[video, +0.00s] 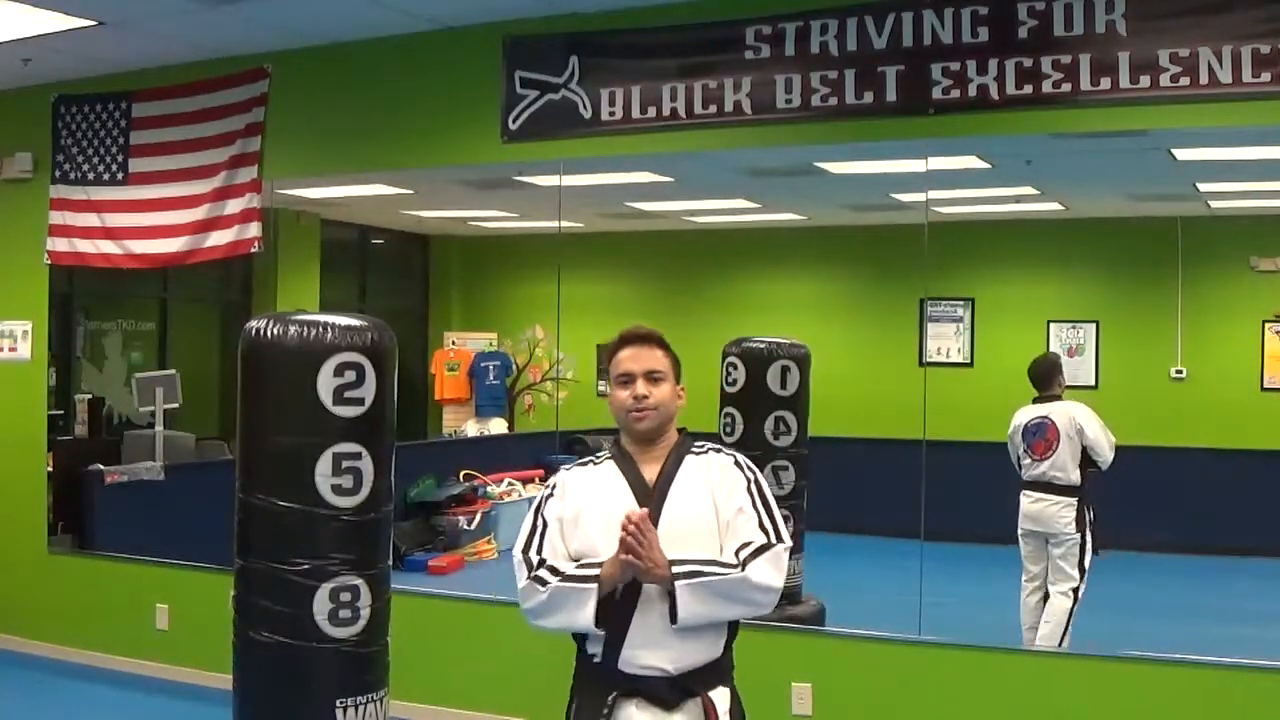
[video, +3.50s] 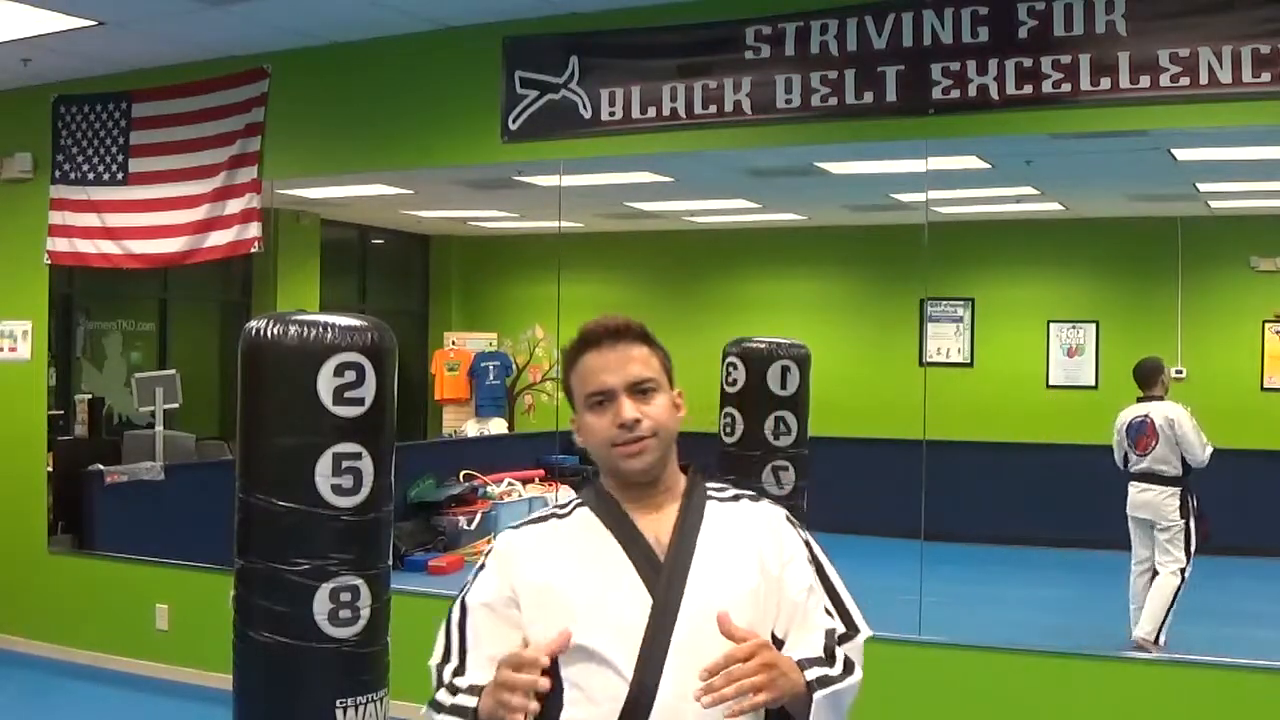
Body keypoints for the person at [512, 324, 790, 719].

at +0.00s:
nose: (640, 392)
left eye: (655, 379)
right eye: (625, 381)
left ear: (679, 394)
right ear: (609, 396)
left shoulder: (730, 474)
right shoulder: (569, 485)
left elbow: (764, 581)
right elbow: (535, 592)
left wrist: (669, 573)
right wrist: (611, 572)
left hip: (702, 698)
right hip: (604, 697)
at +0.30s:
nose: (698, 396)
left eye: (712, 383)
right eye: (683, 383)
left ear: (733, 397)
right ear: (663, 395)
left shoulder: (772, 479)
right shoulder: (613, 473)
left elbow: (801, 587)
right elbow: (577, 575)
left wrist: (731, 571)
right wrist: (672, 571)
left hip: (733, 695)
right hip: (637, 692)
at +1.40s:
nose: (641, 413)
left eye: (654, 395)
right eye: (625, 403)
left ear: (685, 395)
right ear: (615, 412)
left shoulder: (749, 469)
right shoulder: (586, 486)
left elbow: (792, 579)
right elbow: (560, 601)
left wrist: (695, 567)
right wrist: (639, 578)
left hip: (723, 696)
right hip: (623, 697)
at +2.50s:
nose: (689, 424)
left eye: (709, 407)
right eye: (673, 403)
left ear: (736, 414)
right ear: (650, 402)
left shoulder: (779, 508)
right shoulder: (584, 487)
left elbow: (808, 643)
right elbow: (515, 601)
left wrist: (700, 607)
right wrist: (612, 590)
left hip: (718, 710)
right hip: (600, 709)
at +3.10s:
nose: (700, 438)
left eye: (723, 416)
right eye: (683, 417)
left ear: (762, 416)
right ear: (665, 415)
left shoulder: (822, 525)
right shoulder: (609, 512)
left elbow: (859, 679)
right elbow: (544, 639)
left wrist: (735, 668)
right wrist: (616, 662)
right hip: (627, 714)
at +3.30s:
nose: (681, 424)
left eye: (697, 400)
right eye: (656, 409)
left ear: (729, 409)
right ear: (632, 429)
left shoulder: (805, 537)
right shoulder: (569, 539)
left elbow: (866, 679)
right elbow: (500, 678)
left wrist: (776, 681)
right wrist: (547, 667)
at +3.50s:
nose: (627, 415)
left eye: (642, 391)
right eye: (601, 402)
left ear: (677, 406)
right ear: (578, 428)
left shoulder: (766, 531)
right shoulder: (522, 553)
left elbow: (841, 659)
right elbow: (452, 699)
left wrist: (794, 678)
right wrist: (487, 703)